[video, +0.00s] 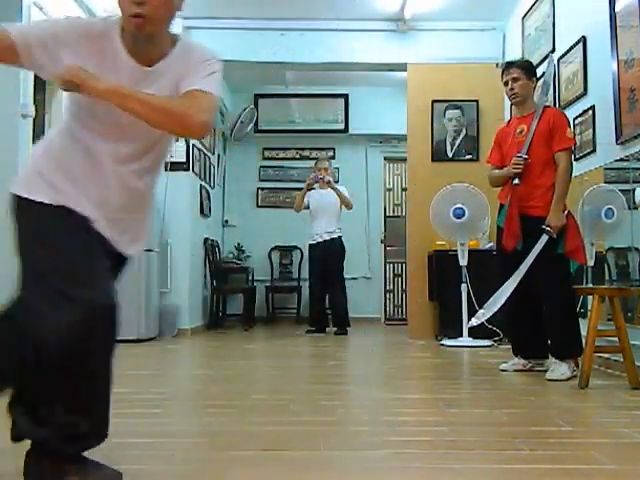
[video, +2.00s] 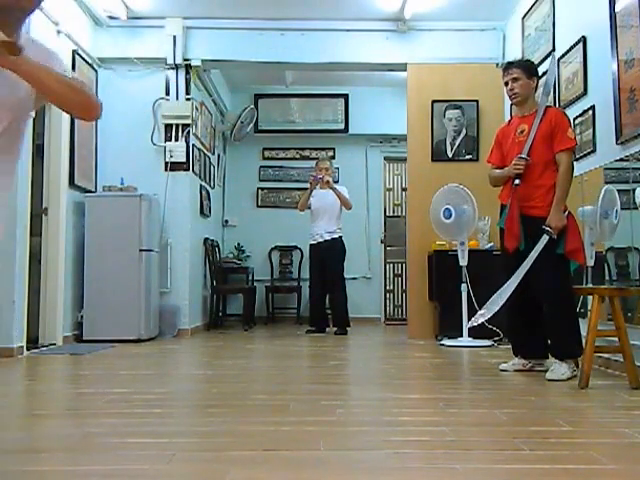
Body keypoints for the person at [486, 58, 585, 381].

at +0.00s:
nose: (511, 86)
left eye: (516, 80)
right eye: (506, 82)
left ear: (533, 83)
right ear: (504, 89)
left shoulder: (553, 117)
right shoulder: (504, 131)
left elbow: (564, 164)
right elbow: (493, 177)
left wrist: (557, 209)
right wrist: (508, 171)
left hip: (545, 215)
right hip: (512, 215)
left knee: (553, 285)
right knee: (517, 284)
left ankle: (565, 358)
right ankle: (529, 354)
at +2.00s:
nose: (510, 86)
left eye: (516, 80)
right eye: (506, 82)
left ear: (534, 82)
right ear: (505, 89)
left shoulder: (553, 117)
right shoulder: (504, 131)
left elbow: (565, 165)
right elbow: (493, 177)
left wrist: (558, 209)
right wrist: (508, 171)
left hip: (547, 214)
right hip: (514, 215)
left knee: (553, 284)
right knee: (520, 284)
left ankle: (565, 358)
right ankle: (529, 354)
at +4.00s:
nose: (519, 83)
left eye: (525, 78)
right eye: (514, 80)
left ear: (538, 83)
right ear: (508, 88)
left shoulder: (555, 117)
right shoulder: (505, 131)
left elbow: (566, 165)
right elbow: (493, 177)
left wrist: (559, 210)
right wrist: (509, 171)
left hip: (547, 214)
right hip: (514, 215)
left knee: (554, 284)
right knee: (521, 284)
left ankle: (565, 357)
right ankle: (529, 354)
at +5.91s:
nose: (514, 87)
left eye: (520, 81)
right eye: (511, 82)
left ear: (539, 83)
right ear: (510, 87)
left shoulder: (556, 118)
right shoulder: (507, 129)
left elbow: (567, 167)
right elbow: (494, 176)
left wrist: (559, 210)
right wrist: (510, 172)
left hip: (547, 215)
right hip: (515, 216)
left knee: (553, 285)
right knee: (520, 284)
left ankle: (565, 358)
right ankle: (530, 355)